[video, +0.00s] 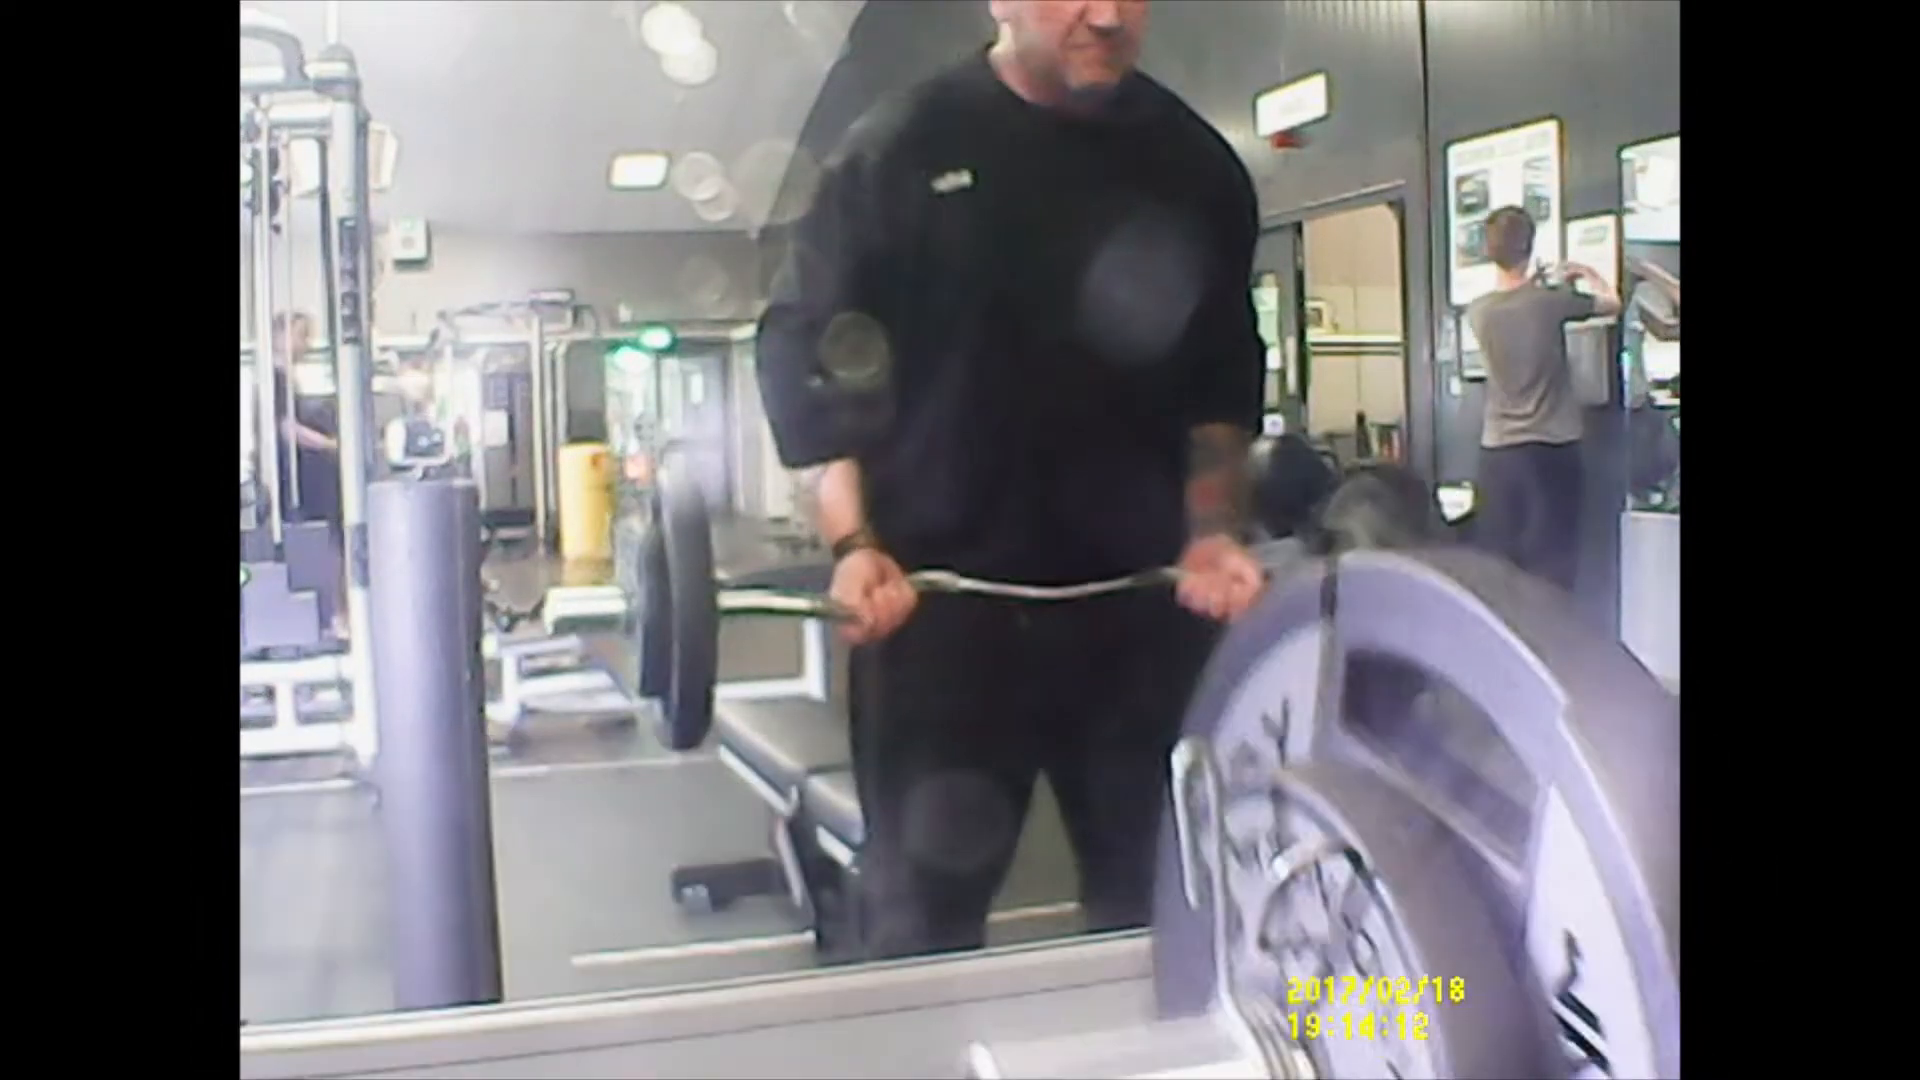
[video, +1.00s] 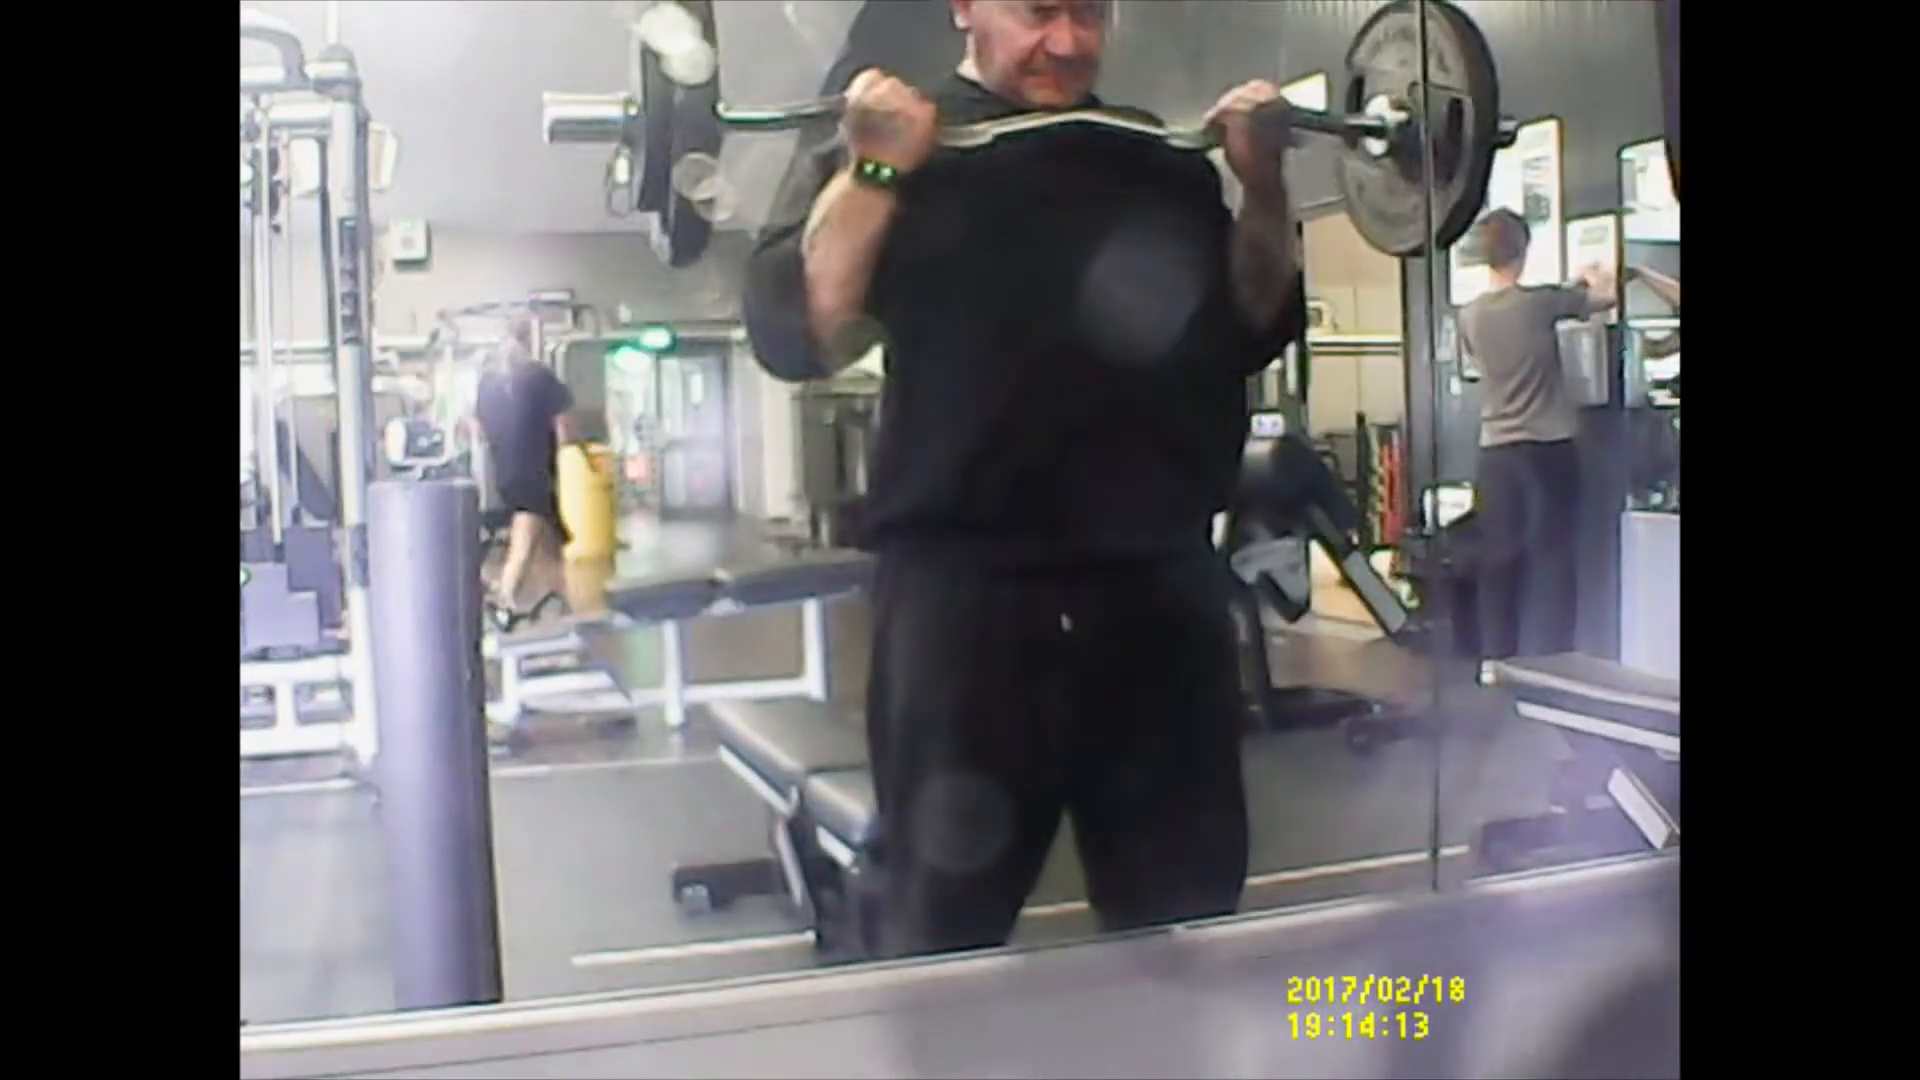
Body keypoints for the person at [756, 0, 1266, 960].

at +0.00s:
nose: (1109, 13)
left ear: (1148, 10)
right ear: (1005, 5)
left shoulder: (1201, 168)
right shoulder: (902, 148)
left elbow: (1223, 372)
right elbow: (810, 345)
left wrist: (1212, 530)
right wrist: (851, 539)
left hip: (1139, 612)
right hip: (943, 612)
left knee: (1161, 945)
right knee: (917, 958)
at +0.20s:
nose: (1145, 57)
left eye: (1165, 29)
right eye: (1109, 27)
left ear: (1187, 38)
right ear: (1029, 35)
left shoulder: (1226, 206)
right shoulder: (914, 192)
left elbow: (1233, 412)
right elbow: (814, 378)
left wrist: (1207, 552)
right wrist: (847, 565)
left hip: (1128, 647)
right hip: (930, 648)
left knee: (1136, 968)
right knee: (913, 978)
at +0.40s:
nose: (1157, 60)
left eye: (1176, 34)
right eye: (1119, 33)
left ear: (1199, 45)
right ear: (1038, 51)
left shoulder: (1234, 210)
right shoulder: (925, 200)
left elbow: (1251, 411)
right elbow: (807, 371)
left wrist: (1230, 538)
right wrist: (860, 550)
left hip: (1137, 630)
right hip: (938, 625)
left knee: (1150, 944)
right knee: (917, 951)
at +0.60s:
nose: (1091, 13)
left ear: (1140, 10)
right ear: (997, 10)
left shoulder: (1194, 148)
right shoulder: (903, 141)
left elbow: (1253, 343)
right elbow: (783, 309)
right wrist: (875, 431)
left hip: (1138, 539)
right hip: (941, 548)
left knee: (1158, 865)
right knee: (929, 868)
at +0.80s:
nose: (1039, 29)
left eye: (1061, 10)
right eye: (1011, 10)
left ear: (1106, 20)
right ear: (961, 17)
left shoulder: (1159, 154)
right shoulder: (900, 147)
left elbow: (1253, 349)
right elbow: (778, 327)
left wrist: (1275, 218)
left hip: (1153, 589)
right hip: (965, 599)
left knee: (1187, 937)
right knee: (935, 944)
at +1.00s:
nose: (1065, 39)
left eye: (1085, 14)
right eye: (1034, 14)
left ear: (1110, 22)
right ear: (968, 19)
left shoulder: (1165, 160)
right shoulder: (899, 152)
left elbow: (1252, 336)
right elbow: (789, 341)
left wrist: (1261, 185)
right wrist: (872, 177)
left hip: (1154, 590)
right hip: (963, 597)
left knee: (1185, 944)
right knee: (938, 952)